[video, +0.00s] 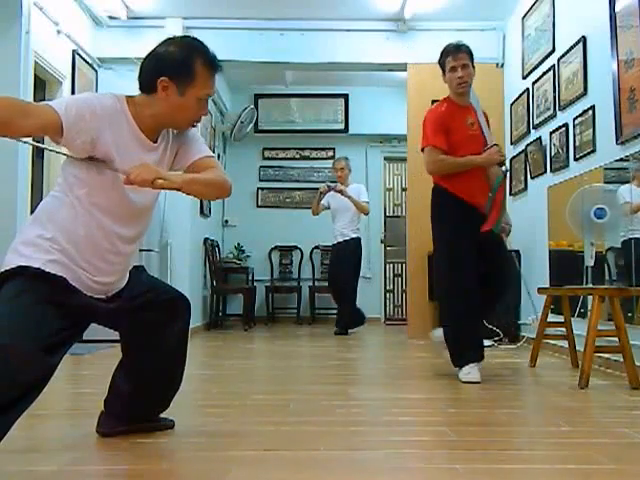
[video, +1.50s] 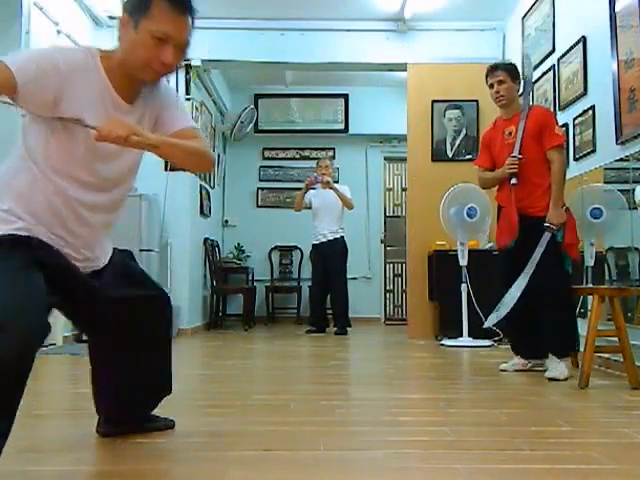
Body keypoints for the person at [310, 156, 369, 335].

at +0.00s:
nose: (339, 173)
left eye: (342, 169)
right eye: (336, 170)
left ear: (349, 171)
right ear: (333, 172)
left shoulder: (357, 189)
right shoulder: (331, 193)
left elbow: (365, 210)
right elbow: (315, 211)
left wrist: (347, 195)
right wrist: (320, 195)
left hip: (352, 241)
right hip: (338, 242)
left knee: (347, 282)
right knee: (333, 282)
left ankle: (342, 324)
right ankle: (355, 315)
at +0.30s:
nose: (334, 173)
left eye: (337, 169)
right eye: (331, 170)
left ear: (344, 171)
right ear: (328, 172)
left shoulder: (354, 189)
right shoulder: (325, 193)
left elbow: (360, 208)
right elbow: (309, 208)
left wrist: (343, 191)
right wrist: (314, 192)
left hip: (347, 242)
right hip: (330, 243)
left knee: (344, 286)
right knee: (326, 285)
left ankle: (342, 325)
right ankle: (322, 324)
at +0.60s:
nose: (331, 171)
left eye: (334, 167)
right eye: (328, 168)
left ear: (339, 170)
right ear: (323, 171)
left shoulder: (348, 189)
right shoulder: (319, 194)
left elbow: (355, 206)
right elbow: (303, 206)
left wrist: (339, 189)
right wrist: (310, 188)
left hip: (342, 242)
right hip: (324, 243)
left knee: (341, 286)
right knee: (321, 286)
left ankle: (341, 325)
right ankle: (319, 324)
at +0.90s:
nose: (327, 171)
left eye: (330, 167)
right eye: (324, 168)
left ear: (335, 169)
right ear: (319, 171)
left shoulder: (344, 189)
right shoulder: (315, 193)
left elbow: (352, 205)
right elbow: (299, 205)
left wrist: (335, 188)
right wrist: (306, 188)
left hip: (339, 241)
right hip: (321, 243)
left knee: (339, 286)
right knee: (319, 287)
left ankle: (341, 324)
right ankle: (319, 323)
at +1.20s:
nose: (324, 171)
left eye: (327, 167)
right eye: (321, 168)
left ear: (333, 170)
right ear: (317, 171)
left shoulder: (342, 189)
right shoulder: (313, 193)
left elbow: (351, 206)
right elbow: (297, 205)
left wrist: (334, 188)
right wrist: (305, 187)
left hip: (337, 241)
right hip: (319, 243)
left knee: (338, 286)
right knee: (317, 287)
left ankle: (341, 324)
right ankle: (318, 323)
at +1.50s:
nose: (324, 171)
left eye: (327, 167)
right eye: (321, 168)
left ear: (332, 170)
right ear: (316, 171)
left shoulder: (341, 189)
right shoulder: (312, 193)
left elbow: (350, 206)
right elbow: (298, 207)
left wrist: (333, 188)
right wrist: (304, 189)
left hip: (336, 242)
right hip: (318, 243)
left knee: (338, 286)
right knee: (317, 287)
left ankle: (341, 324)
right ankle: (318, 323)